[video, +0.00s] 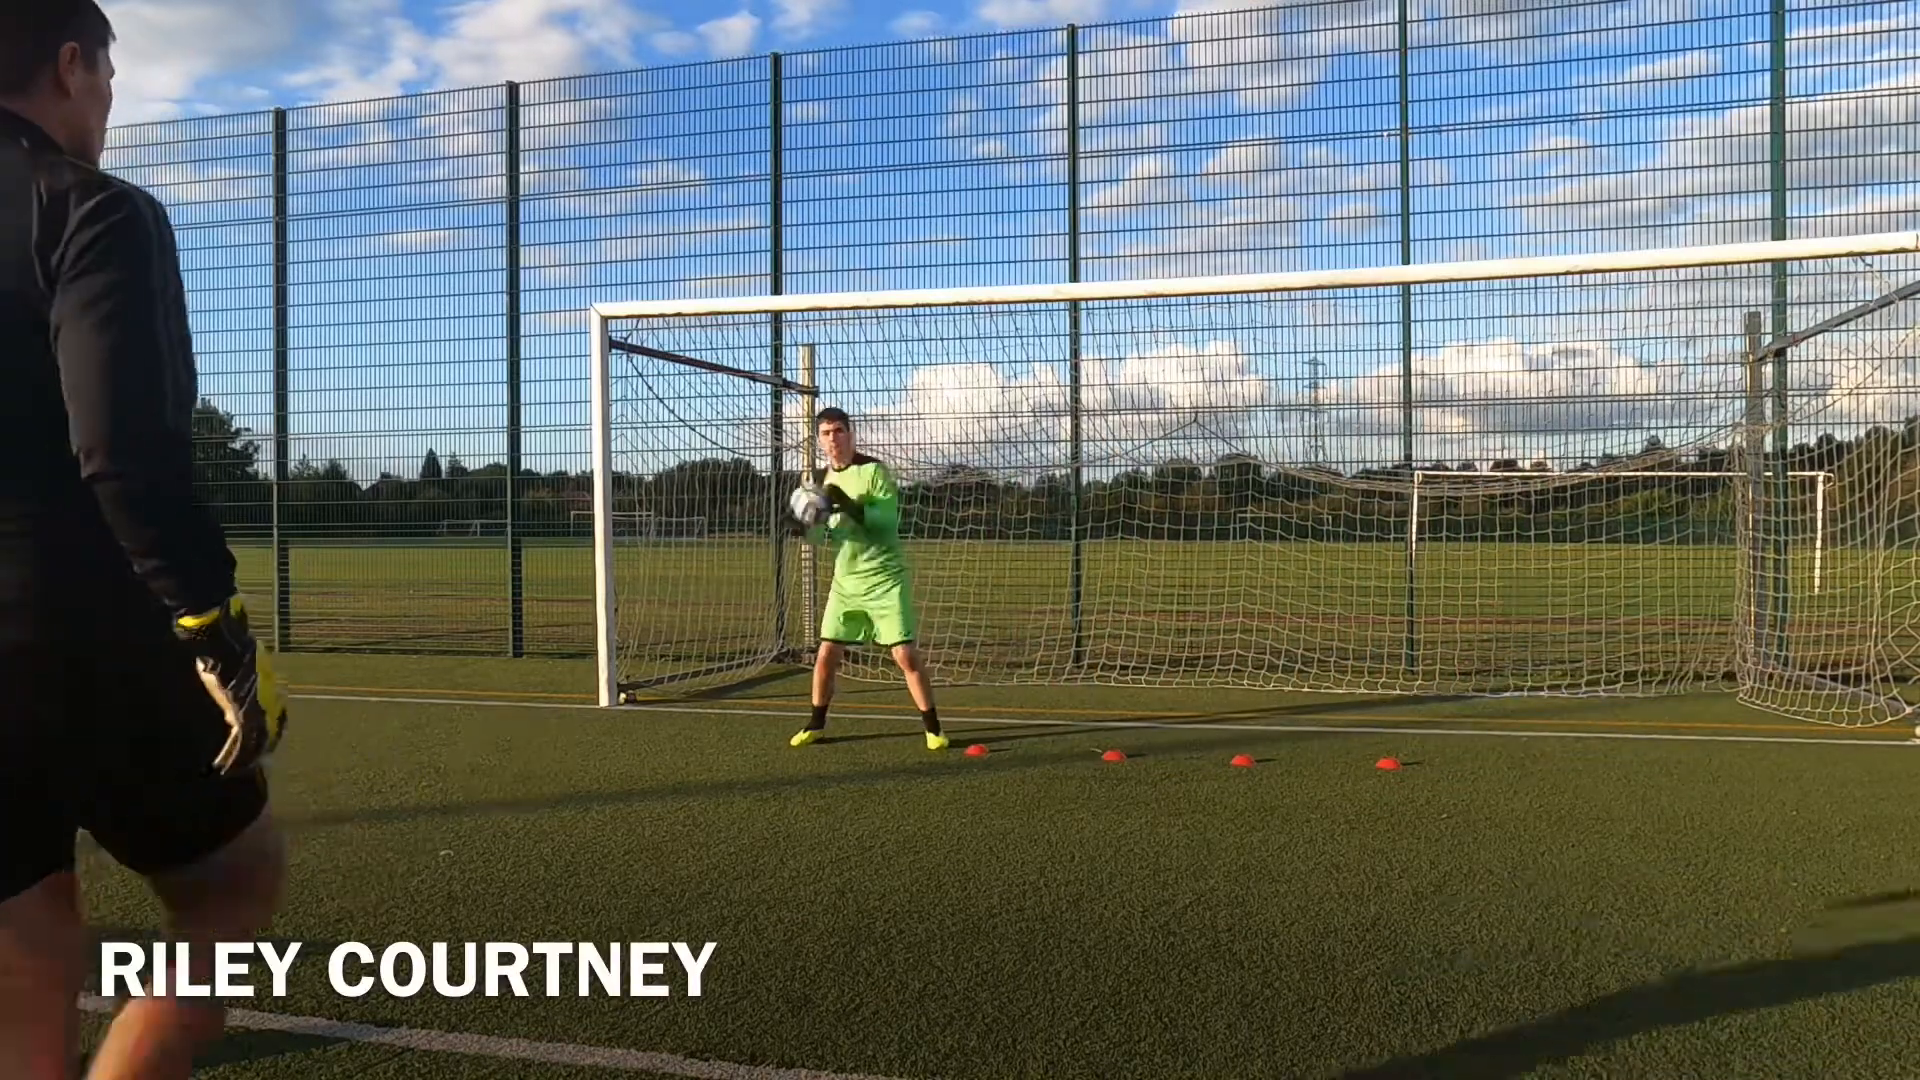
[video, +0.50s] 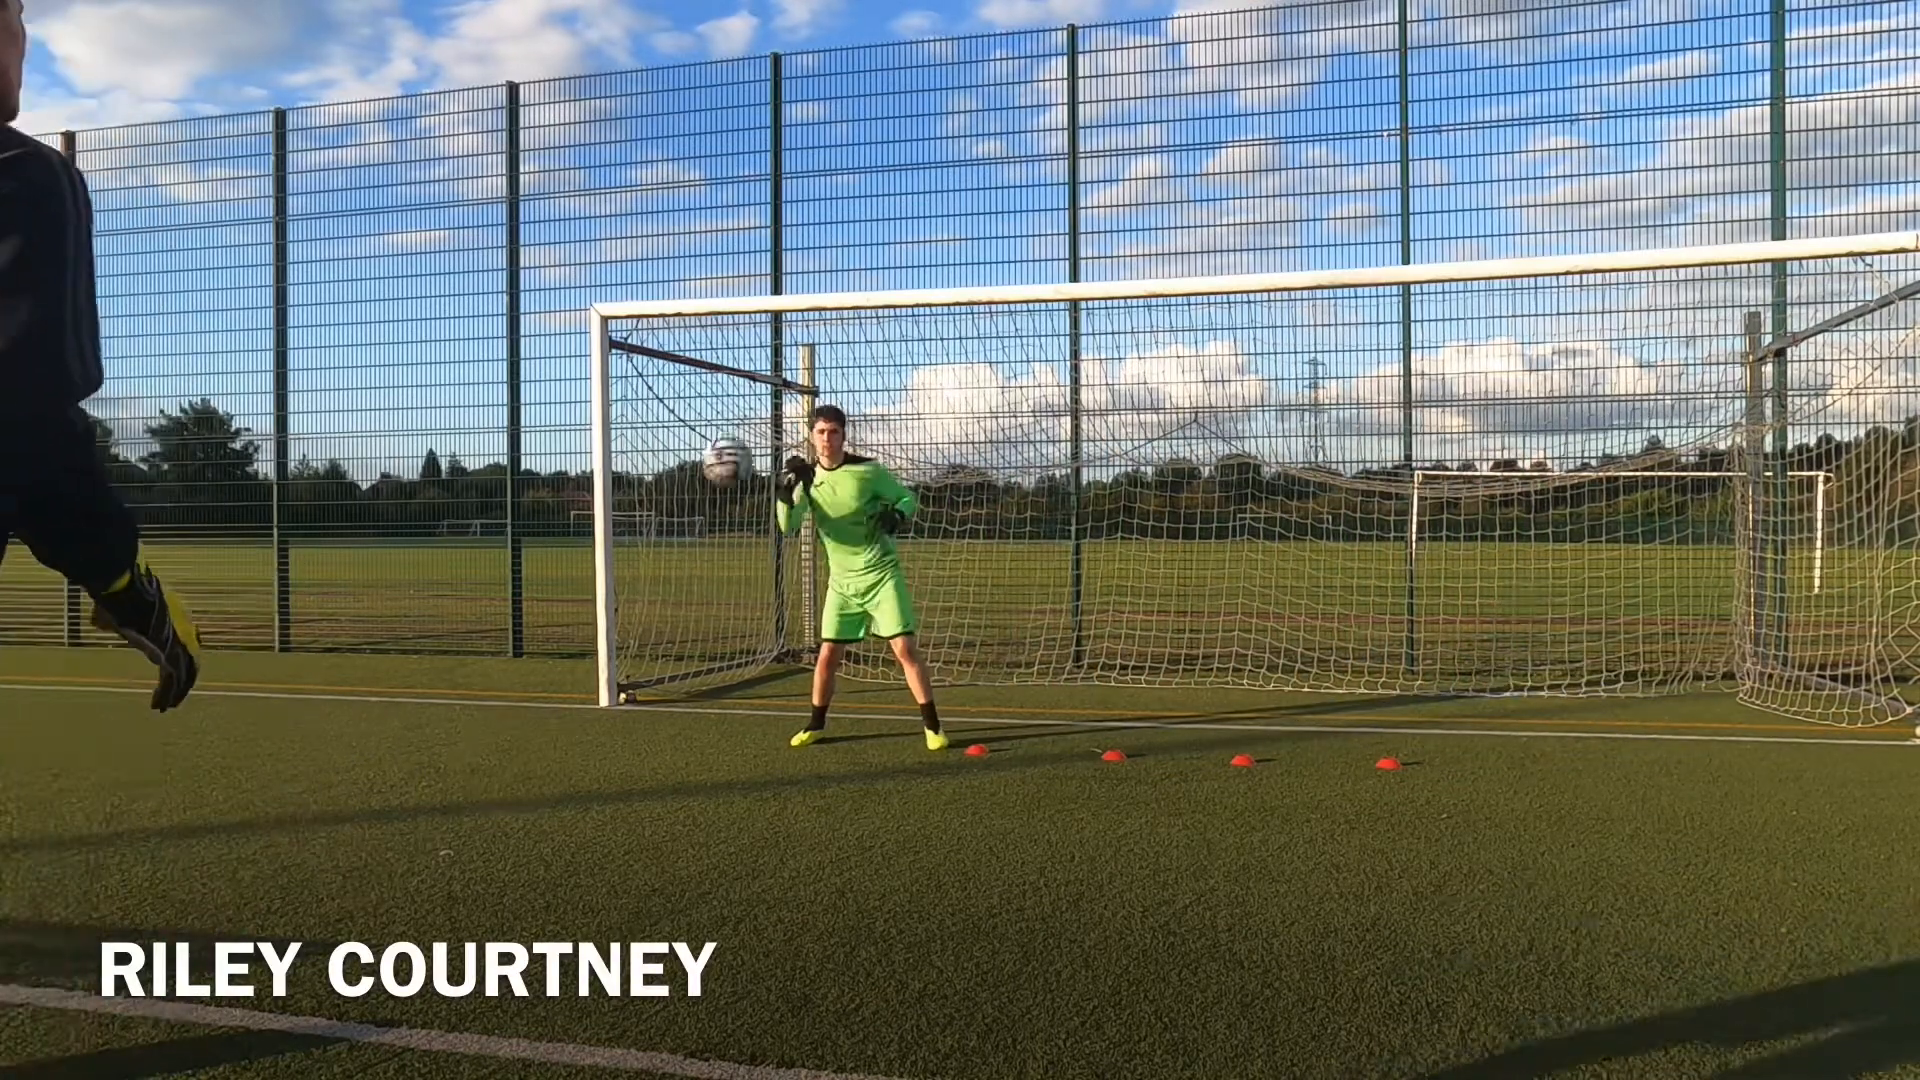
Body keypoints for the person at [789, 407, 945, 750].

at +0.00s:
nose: (834, 439)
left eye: (839, 431)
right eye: (826, 433)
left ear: (852, 435)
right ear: (820, 441)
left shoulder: (876, 472)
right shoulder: (825, 481)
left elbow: (886, 524)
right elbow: (825, 532)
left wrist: (845, 504)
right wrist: (805, 519)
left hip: (886, 579)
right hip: (845, 583)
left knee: (905, 656)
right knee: (826, 652)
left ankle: (933, 728)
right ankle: (816, 724)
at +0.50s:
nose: (828, 438)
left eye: (834, 431)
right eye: (821, 432)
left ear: (844, 436)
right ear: (812, 437)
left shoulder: (870, 472)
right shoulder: (807, 480)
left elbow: (908, 500)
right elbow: (787, 526)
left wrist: (897, 515)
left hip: (882, 576)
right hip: (840, 583)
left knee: (904, 648)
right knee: (827, 655)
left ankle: (932, 725)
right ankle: (816, 725)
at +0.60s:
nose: (854, 447)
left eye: (859, 440)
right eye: (847, 440)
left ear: (866, 438)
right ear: (833, 438)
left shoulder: (884, 473)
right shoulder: (821, 481)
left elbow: (917, 505)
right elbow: (798, 521)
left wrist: (907, 524)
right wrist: (810, 481)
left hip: (890, 578)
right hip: (846, 583)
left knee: (912, 648)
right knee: (829, 653)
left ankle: (928, 724)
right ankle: (817, 724)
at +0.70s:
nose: (890, 456)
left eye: (893, 449)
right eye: (884, 450)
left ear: (896, 445)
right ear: (865, 443)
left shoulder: (906, 479)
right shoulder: (838, 477)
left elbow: (932, 516)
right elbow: (818, 532)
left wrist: (918, 533)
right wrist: (837, 516)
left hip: (901, 582)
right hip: (857, 586)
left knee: (920, 649)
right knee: (837, 657)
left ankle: (912, 716)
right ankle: (818, 723)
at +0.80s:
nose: (919, 461)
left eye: (923, 454)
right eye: (914, 455)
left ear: (926, 449)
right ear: (896, 447)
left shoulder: (934, 482)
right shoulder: (865, 479)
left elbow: (952, 518)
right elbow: (842, 523)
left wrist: (941, 542)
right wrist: (855, 548)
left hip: (924, 589)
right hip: (880, 587)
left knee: (916, 665)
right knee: (859, 660)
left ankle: (896, 722)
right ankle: (831, 719)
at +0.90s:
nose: (948, 459)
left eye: (951, 453)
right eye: (943, 454)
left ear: (952, 449)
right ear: (924, 445)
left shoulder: (961, 477)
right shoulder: (891, 472)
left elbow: (979, 509)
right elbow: (872, 514)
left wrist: (978, 542)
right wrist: (869, 557)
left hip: (943, 581)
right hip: (902, 576)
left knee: (931, 667)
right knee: (891, 645)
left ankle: (905, 710)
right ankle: (885, 723)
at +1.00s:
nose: (977, 463)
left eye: (980, 457)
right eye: (971, 458)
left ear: (981, 452)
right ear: (952, 450)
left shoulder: (986, 484)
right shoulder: (917, 478)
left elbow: (1015, 516)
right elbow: (898, 520)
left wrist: (1020, 552)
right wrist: (896, 565)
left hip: (965, 573)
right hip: (923, 574)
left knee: (976, 647)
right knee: (927, 652)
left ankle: (942, 697)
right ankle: (906, 733)